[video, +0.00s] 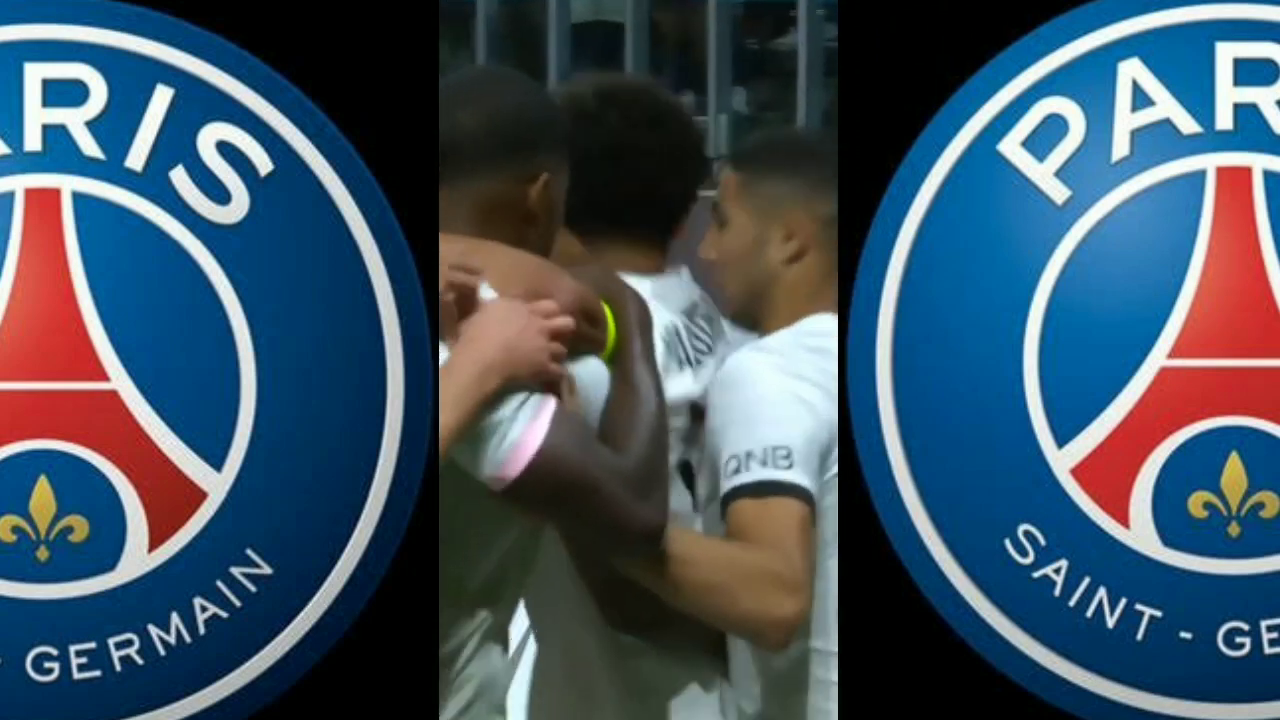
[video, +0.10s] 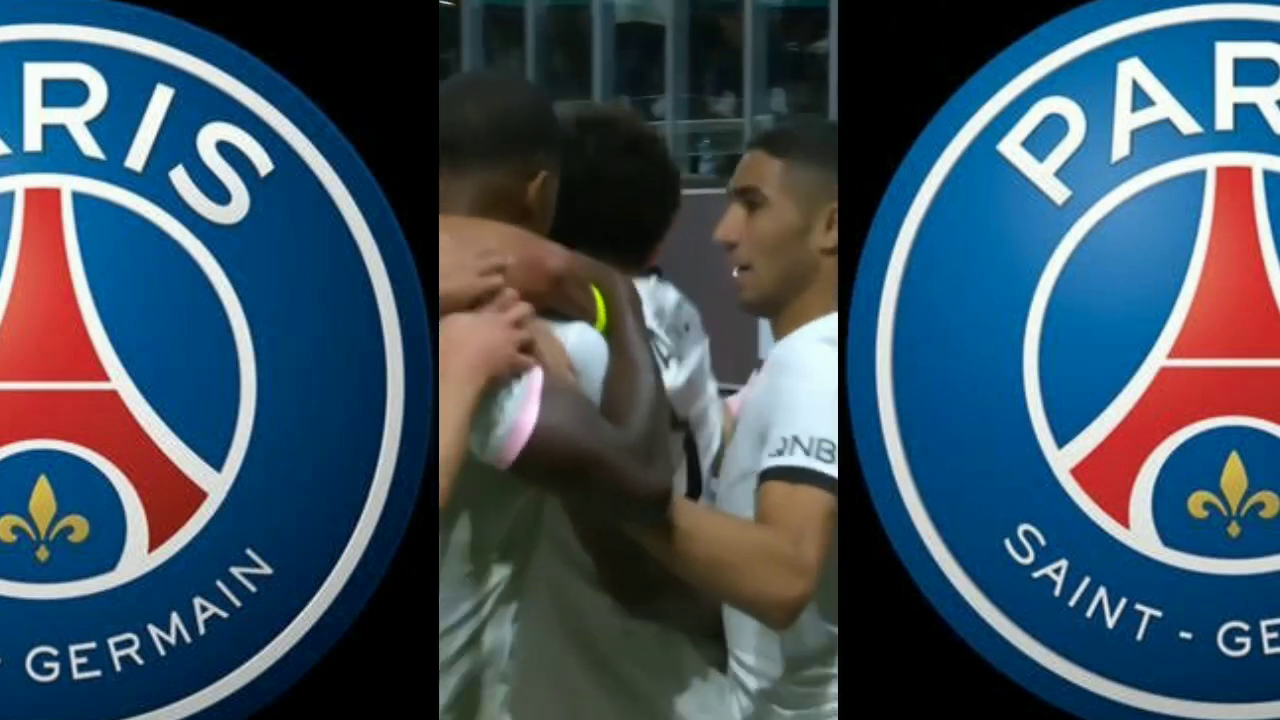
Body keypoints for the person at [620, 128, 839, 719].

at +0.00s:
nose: (705, 249)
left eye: (722, 223)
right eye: (713, 223)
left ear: (792, 243)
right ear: (796, 244)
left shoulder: (766, 374)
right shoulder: (897, 352)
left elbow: (774, 597)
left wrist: (602, 519)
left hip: (803, 701)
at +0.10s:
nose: (723, 231)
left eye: (752, 204)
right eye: (732, 203)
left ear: (829, 229)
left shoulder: (814, 365)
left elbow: (783, 579)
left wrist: (618, 493)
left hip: (788, 702)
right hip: (762, 688)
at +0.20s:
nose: (717, 233)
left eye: (746, 209)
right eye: (725, 208)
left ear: (824, 234)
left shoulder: (823, 371)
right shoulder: (761, 372)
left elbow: (780, 576)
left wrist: (629, 483)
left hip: (800, 702)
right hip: (745, 695)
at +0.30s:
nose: (684, 201)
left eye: (714, 181)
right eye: (694, 179)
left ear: (787, 207)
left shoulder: (796, 340)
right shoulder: (716, 338)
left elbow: (776, 552)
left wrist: (651, 465)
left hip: (791, 689)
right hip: (732, 669)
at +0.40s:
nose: (664, 180)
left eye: (693, 159)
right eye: (673, 155)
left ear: (762, 184)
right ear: (760, 186)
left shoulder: (763, 314)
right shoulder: (790, 292)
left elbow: (777, 529)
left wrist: (648, 433)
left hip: (778, 679)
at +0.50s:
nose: (660, 168)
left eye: (673, 146)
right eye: (666, 147)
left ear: (716, 164)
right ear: (724, 163)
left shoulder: (747, 298)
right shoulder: (806, 268)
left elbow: (792, 506)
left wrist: (675, 430)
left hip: (780, 654)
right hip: (817, 640)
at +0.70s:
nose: (755, 193)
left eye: (761, 177)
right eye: (760, 177)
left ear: (783, 189)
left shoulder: (811, 303)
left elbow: (838, 471)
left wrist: (756, 412)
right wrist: (762, 410)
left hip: (826, 616)